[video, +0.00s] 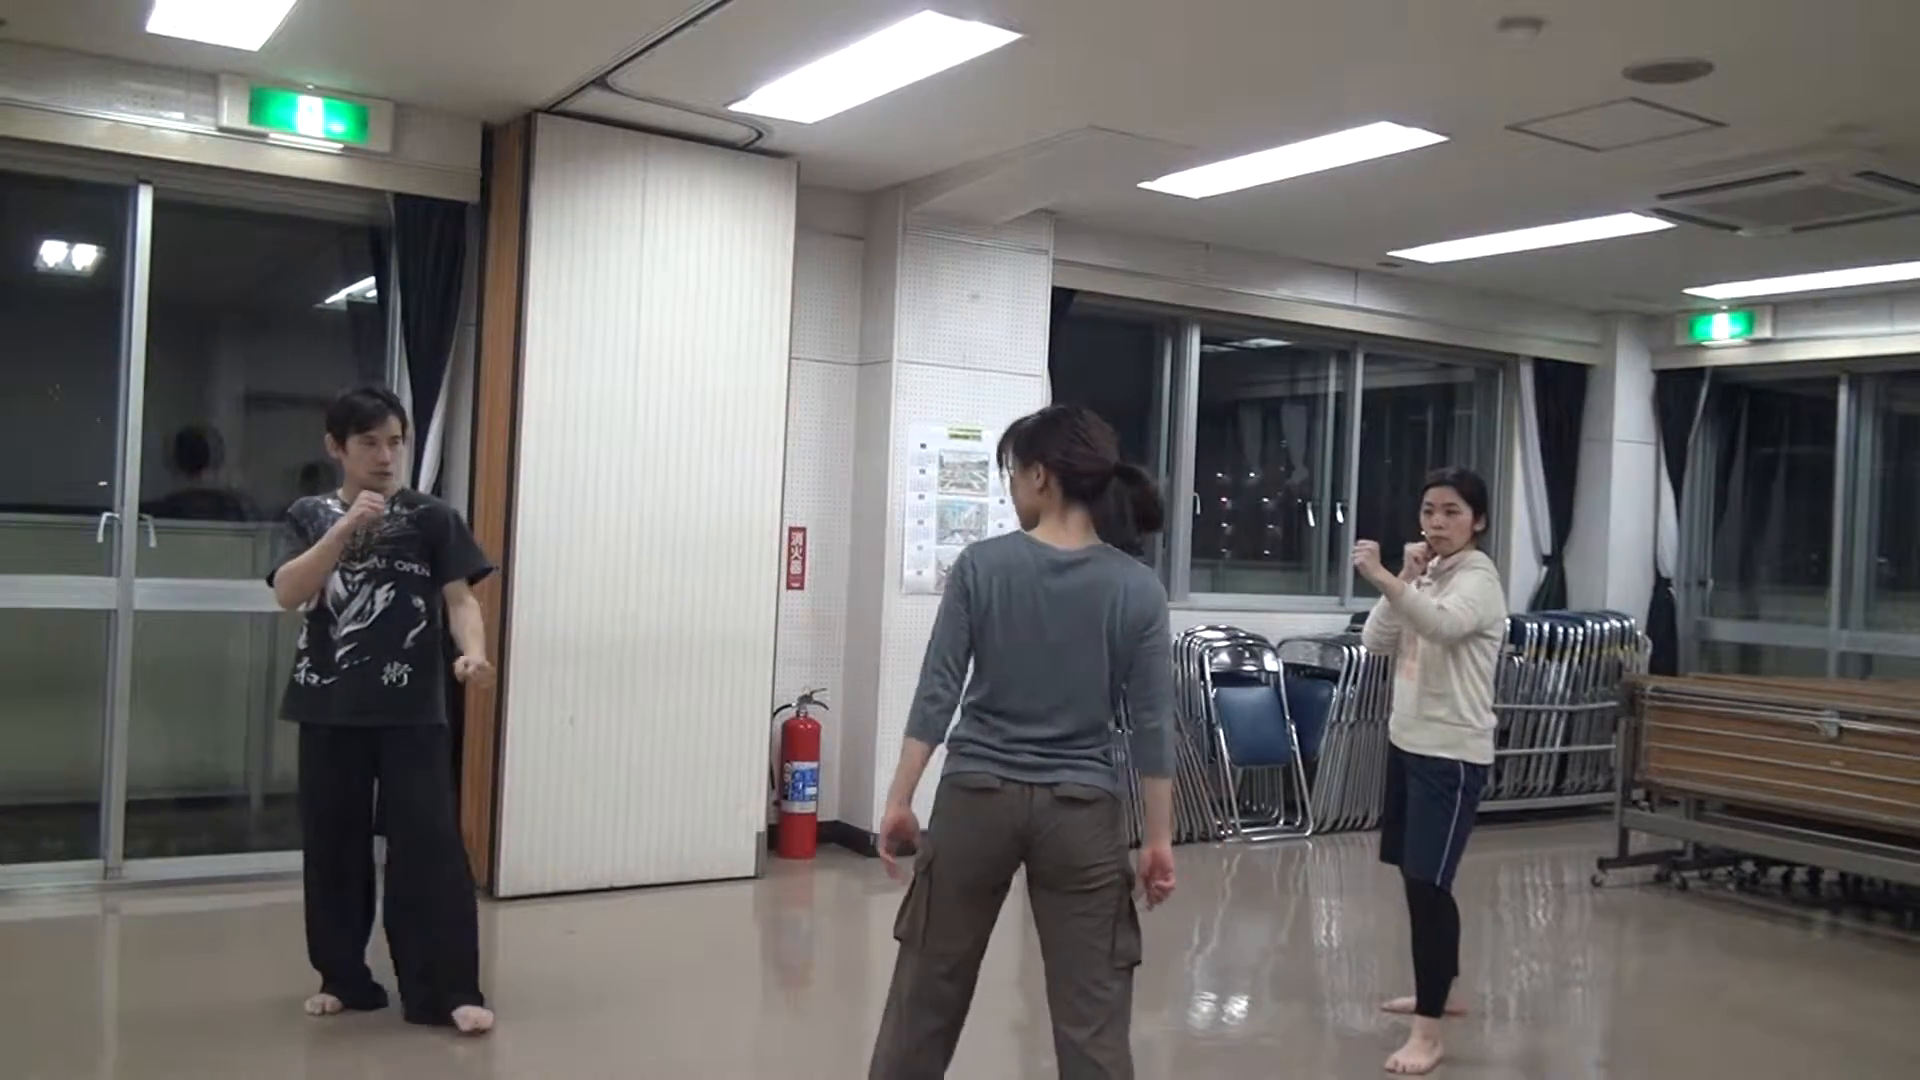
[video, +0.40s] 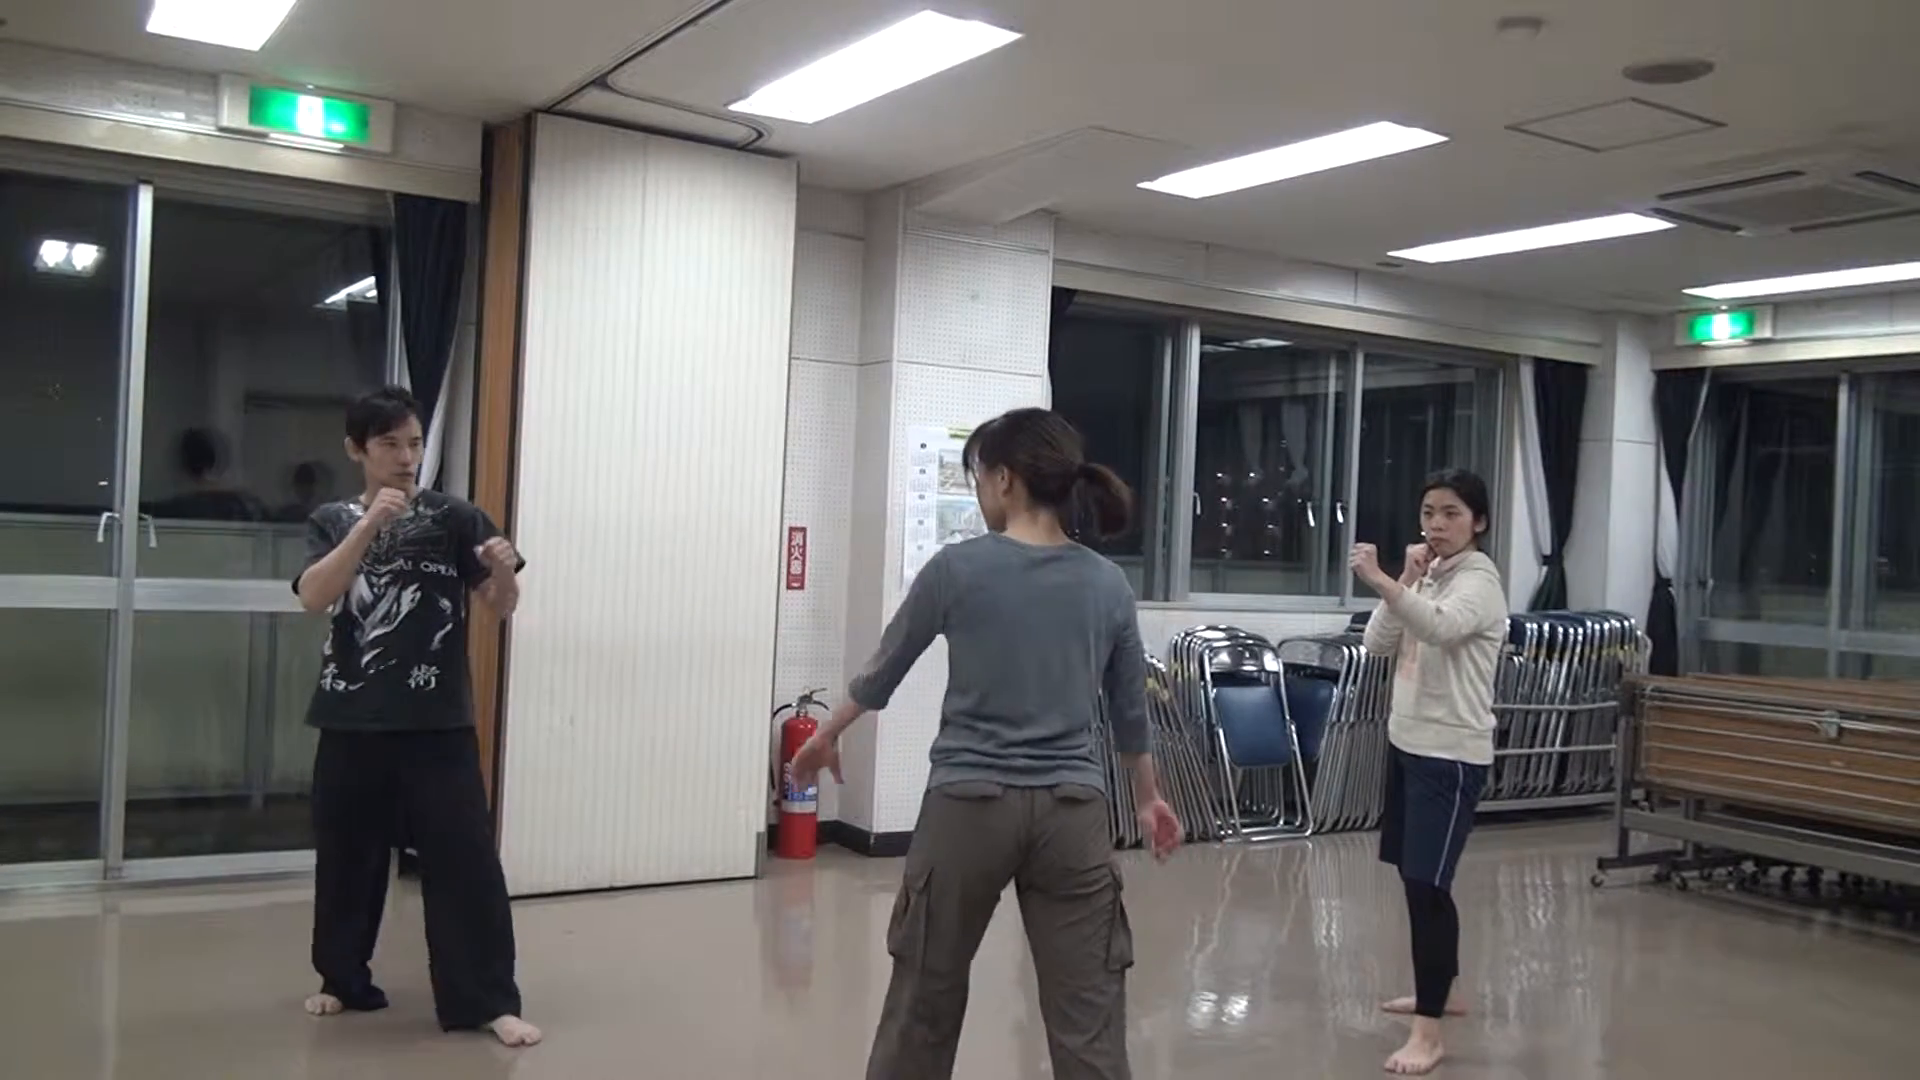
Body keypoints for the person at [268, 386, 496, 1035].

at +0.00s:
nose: (385, 453)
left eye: (394, 441)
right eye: (369, 442)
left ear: (405, 444)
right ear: (337, 447)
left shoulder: (431, 516)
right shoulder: (309, 516)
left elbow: (459, 598)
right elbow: (288, 592)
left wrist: (471, 647)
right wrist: (344, 530)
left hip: (414, 711)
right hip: (331, 711)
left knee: (430, 846)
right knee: (334, 846)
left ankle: (447, 992)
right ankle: (344, 982)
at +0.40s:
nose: (405, 456)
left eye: (414, 443)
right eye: (390, 444)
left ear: (425, 445)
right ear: (357, 449)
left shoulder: (455, 517)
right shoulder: (335, 521)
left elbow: (497, 606)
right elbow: (314, 595)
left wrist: (503, 572)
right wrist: (367, 525)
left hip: (438, 723)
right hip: (353, 723)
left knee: (468, 863)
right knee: (347, 856)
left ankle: (494, 1005)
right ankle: (342, 983)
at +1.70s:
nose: (462, 513)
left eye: (472, 501)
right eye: (446, 500)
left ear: (482, 506)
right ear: (413, 505)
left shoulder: (504, 579)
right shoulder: (376, 573)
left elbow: (550, 673)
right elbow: (339, 654)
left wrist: (533, 617)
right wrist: (401, 589)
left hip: (481, 777)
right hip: (391, 776)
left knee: (545, 879)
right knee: (350, 886)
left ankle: (561, 1027)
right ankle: (342, 984)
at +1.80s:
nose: (507, 525)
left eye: (518, 513)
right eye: (492, 511)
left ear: (527, 521)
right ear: (458, 518)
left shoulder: (550, 600)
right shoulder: (418, 593)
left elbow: (602, 690)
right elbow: (380, 682)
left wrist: (591, 655)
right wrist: (436, 622)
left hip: (516, 792)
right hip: (422, 792)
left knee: (593, 887)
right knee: (373, 892)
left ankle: (638, 1042)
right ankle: (338, 979)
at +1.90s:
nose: (559, 515)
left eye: (570, 504)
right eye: (543, 503)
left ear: (581, 514)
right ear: (511, 515)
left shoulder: (612, 588)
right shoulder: (483, 598)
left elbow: (691, 623)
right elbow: (450, 686)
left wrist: (716, 617)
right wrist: (502, 616)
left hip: (590, 795)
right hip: (498, 795)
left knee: (644, 891)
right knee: (431, 886)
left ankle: (650, 1058)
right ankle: (355, 969)